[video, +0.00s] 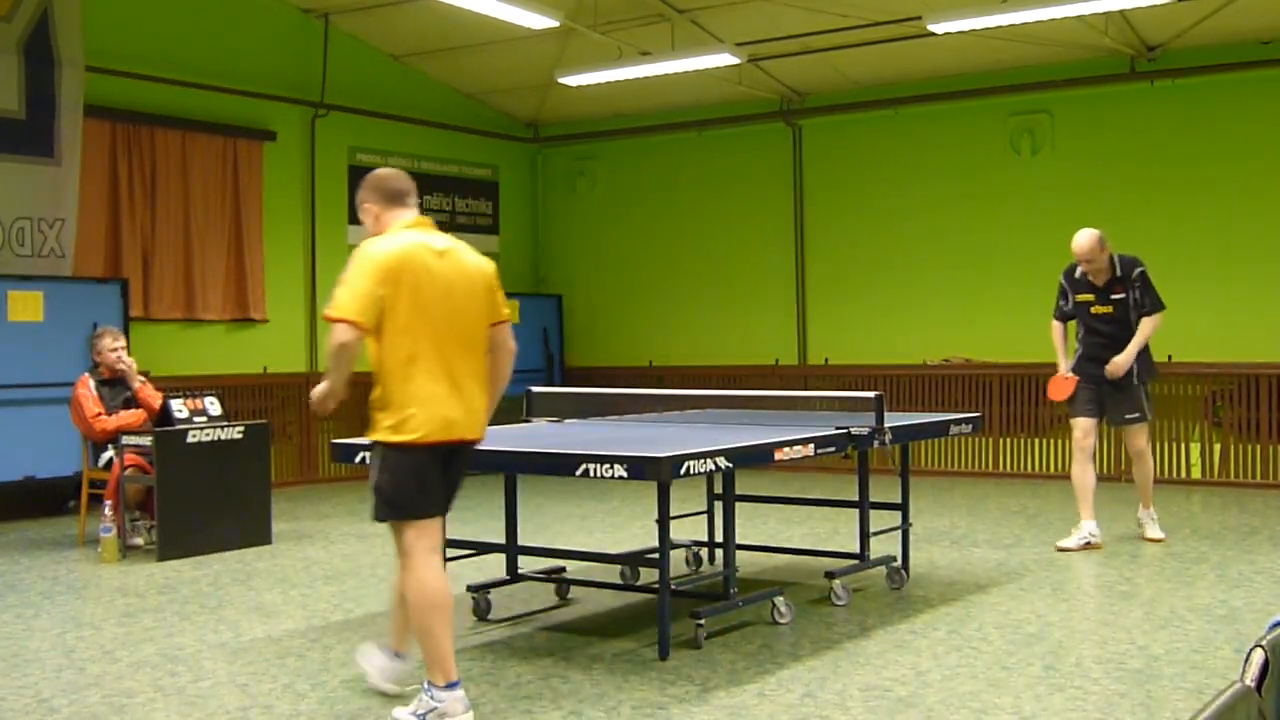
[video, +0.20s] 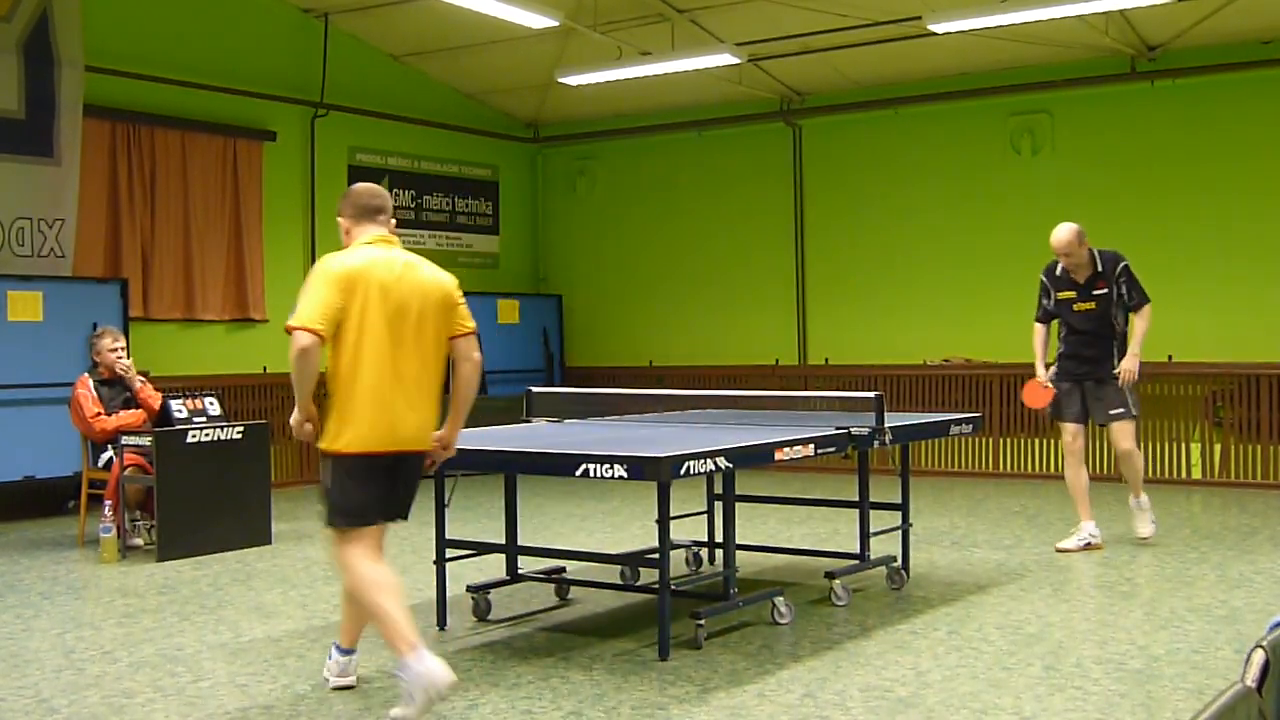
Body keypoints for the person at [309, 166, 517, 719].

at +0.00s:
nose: (361, 225)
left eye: (360, 217)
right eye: (361, 217)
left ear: (371, 210)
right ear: (416, 205)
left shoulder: (377, 253)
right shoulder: (475, 261)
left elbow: (345, 337)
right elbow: (504, 347)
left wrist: (333, 385)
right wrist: (480, 409)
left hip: (409, 424)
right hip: (464, 424)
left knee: (423, 554)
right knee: (417, 543)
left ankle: (445, 690)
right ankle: (395, 658)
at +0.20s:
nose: (338, 233)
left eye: (338, 226)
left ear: (344, 224)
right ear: (393, 223)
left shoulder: (335, 268)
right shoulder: (438, 278)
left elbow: (305, 342)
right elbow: (470, 356)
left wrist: (302, 407)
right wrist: (452, 428)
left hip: (355, 434)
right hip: (411, 434)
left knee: (356, 549)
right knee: (368, 545)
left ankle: (418, 661)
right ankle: (343, 656)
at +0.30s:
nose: (331, 228)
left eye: (330, 222)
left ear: (333, 221)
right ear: (382, 222)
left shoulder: (315, 263)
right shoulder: (420, 275)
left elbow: (283, 335)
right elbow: (451, 353)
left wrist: (300, 393)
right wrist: (436, 423)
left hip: (328, 432)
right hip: (392, 433)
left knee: (310, 538)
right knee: (362, 535)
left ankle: (356, 622)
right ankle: (347, 653)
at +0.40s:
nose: (330, 222)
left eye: (326, 215)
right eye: (371, 214)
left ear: (324, 216)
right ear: (374, 218)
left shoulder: (301, 261)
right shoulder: (410, 269)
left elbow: (265, 330)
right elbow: (441, 348)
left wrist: (288, 378)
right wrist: (425, 414)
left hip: (314, 427)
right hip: (379, 429)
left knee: (298, 524)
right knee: (360, 534)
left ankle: (316, 622)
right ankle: (345, 656)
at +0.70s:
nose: (349, 243)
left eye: (347, 238)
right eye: (350, 238)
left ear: (297, 231)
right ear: (343, 236)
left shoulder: (257, 269)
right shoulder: (351, 274)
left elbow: (239, 339)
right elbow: (379, 348)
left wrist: (278, 367)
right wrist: (391, 393)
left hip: (267, 426)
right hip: (325, 428)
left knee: (278, 520)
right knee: (335, 531)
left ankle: (243, 629)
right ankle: (336, 652)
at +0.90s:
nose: (343, 248)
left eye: (343, 240)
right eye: (345, 240)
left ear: (302, 226)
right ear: (336, 235)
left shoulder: (259, 262)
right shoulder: (314, 271)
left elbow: (268, 316)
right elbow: (306, 342)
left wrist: (328, 306)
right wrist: (349, 392)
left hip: (246, 416)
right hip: (286, 420)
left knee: (274, 517)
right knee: (315, 520)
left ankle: (242, 627)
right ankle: (265, 633)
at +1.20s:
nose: (347, 262)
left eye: (349, 253)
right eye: (346, 251)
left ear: (319, 245)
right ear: (324, 245)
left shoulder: (297, 289)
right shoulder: (277, 284)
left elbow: (299, 357)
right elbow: (258, 363)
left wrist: (345, 376)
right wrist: (319, 406)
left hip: (288, 426)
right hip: (257, 430)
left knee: (327, 508)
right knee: (279, 530)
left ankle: (273, 602)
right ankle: (222, 635)